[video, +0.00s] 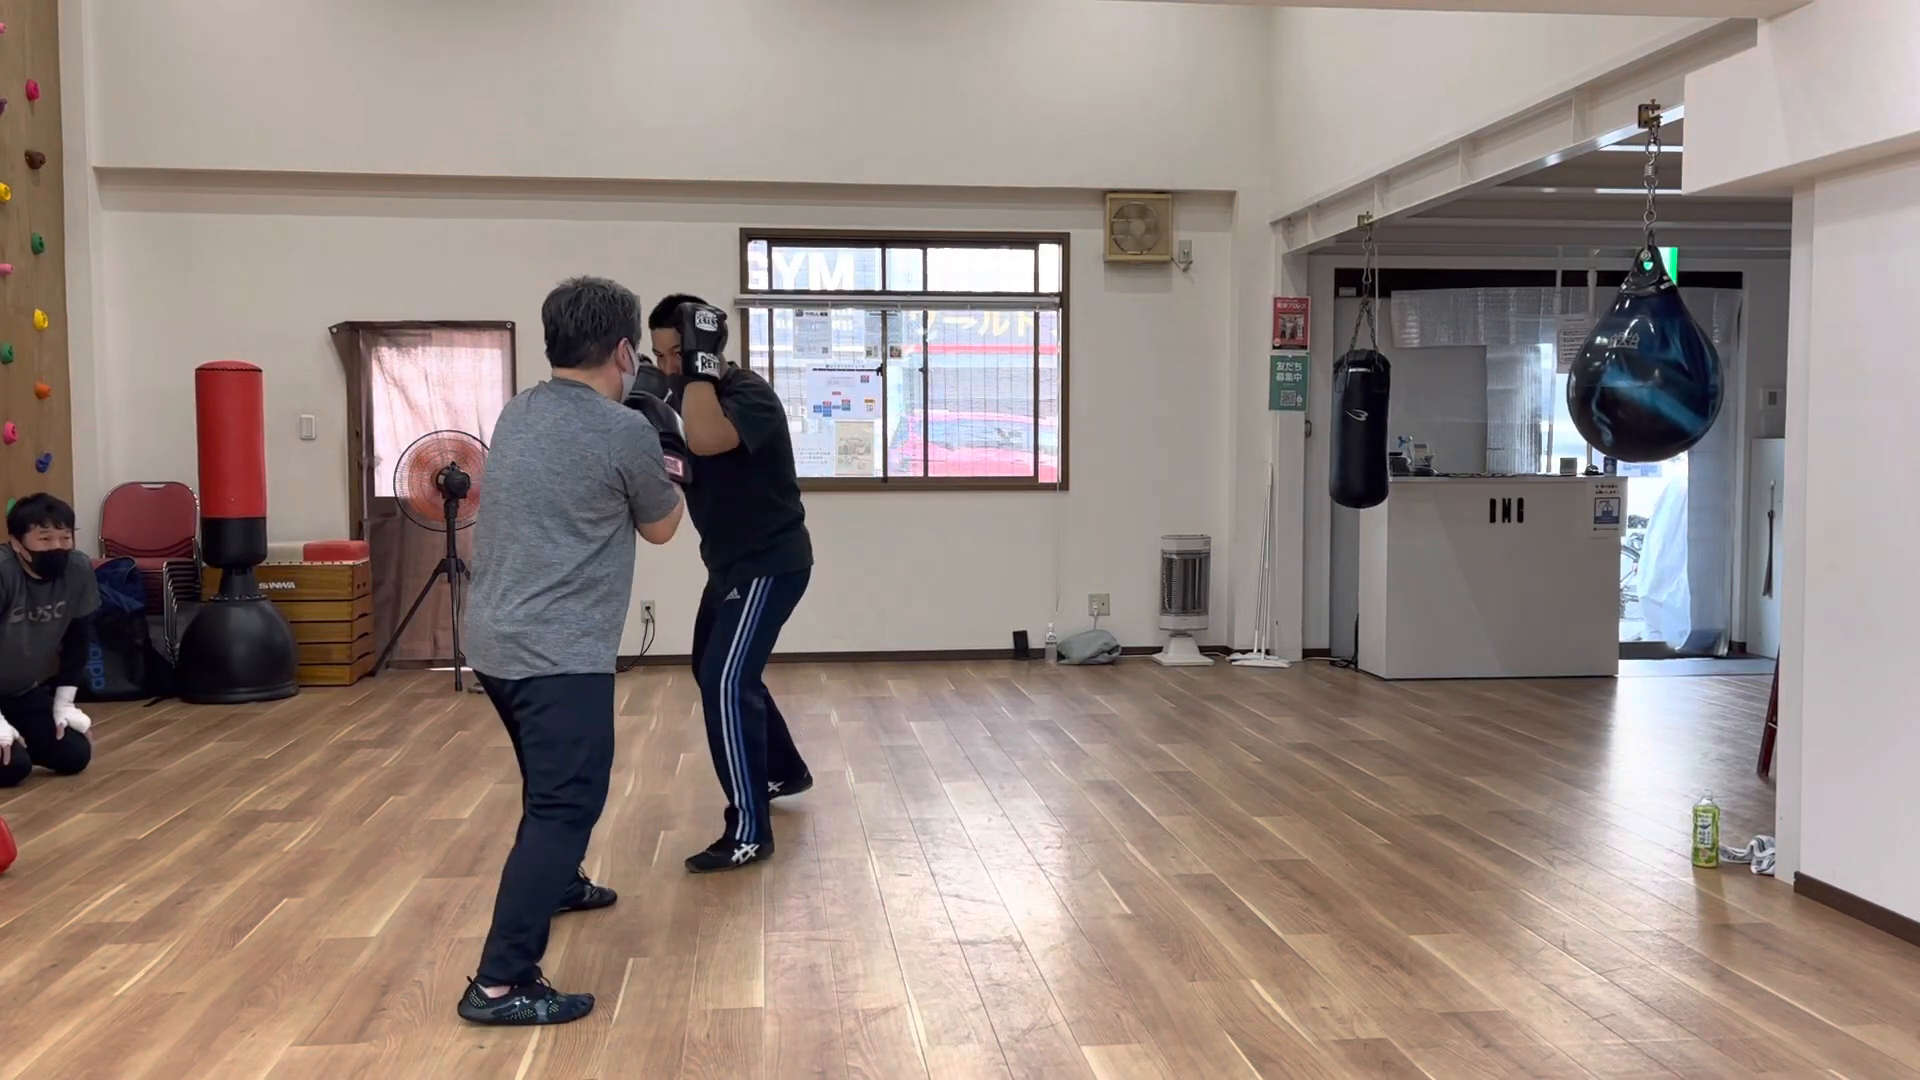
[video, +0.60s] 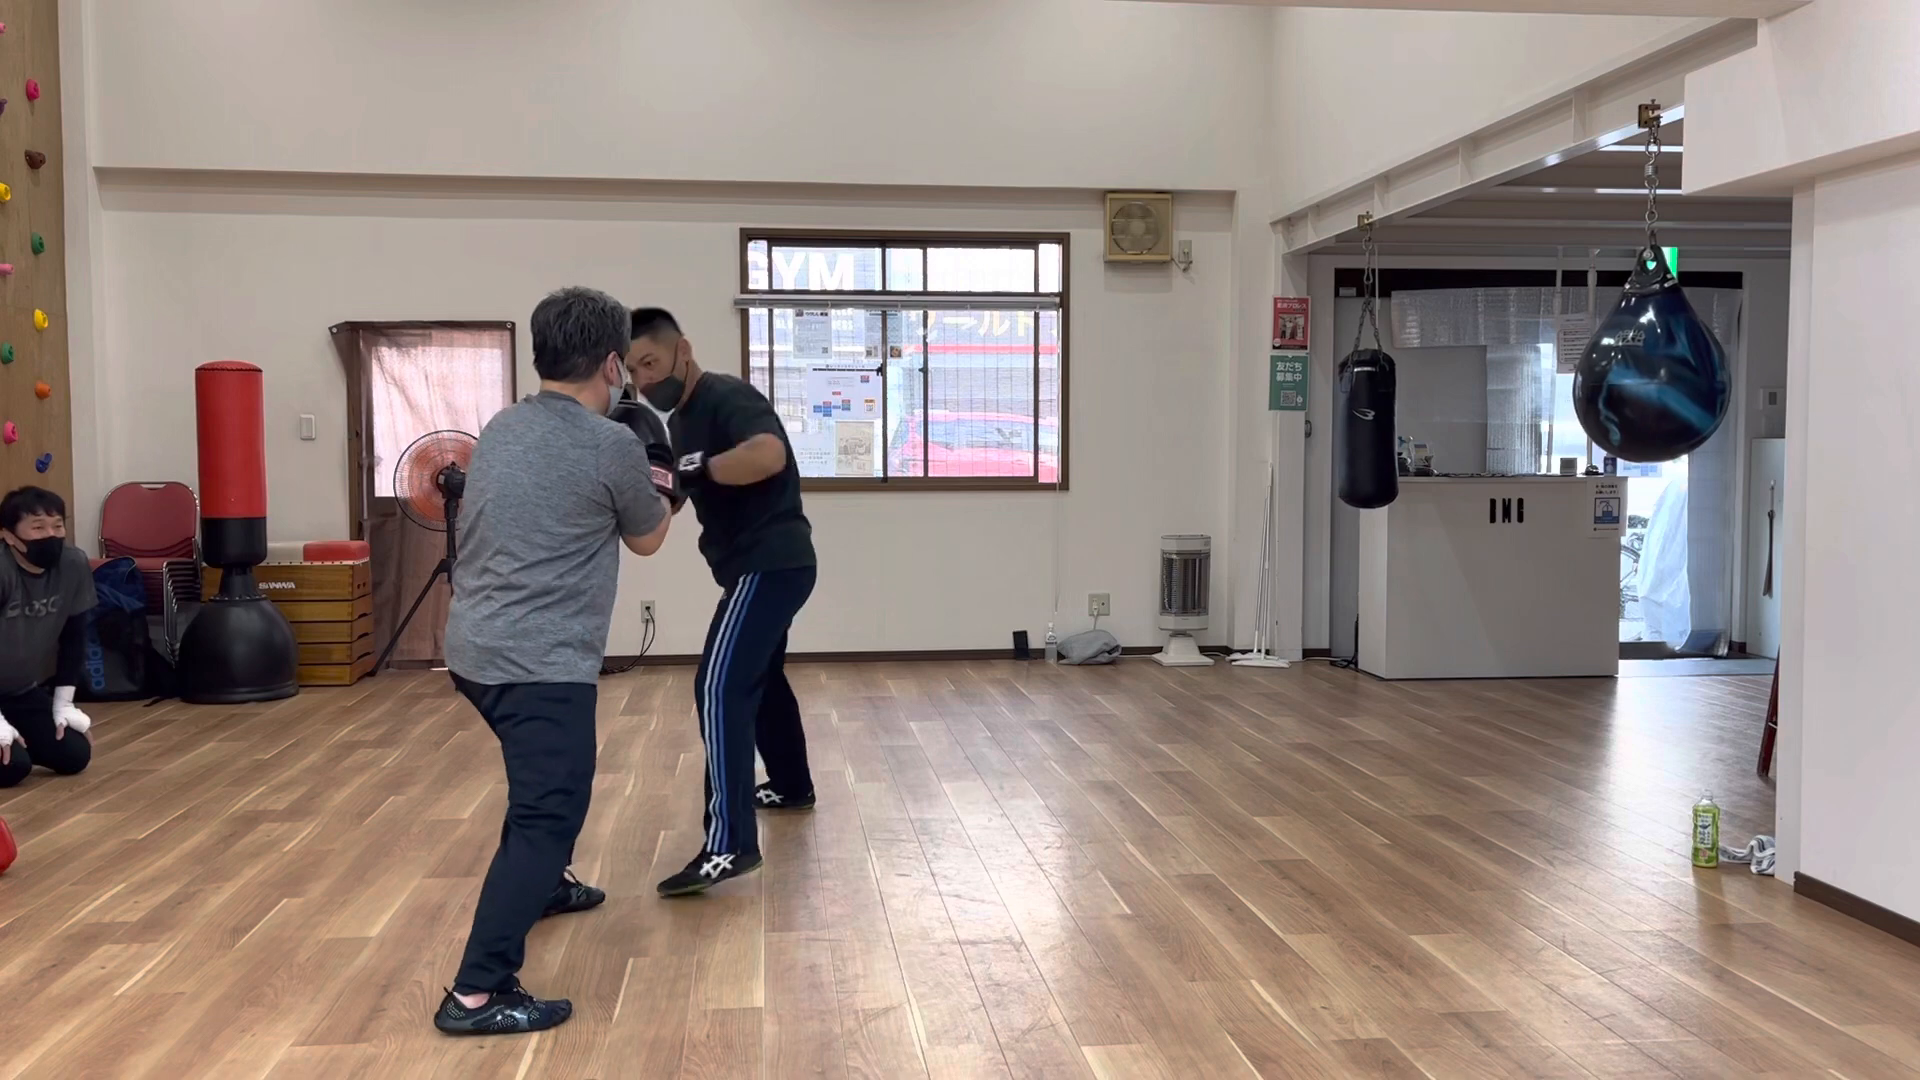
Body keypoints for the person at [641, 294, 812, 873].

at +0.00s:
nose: (667, 365)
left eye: (674, 353)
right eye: (660, 355)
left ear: (705, 348)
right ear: (657, 356)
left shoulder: (751, 396)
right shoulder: (693, 403)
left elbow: (706, 437)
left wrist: (701, 365)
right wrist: (645, 410)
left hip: (768, 565)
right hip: (730, 565)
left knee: (724, 677)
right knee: (714, 666)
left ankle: (748, 833)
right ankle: (784, 769)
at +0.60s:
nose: (646, 379)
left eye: (652, 363)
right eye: (637, 370)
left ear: (684, 350)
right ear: (632, 373)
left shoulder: (728, 396)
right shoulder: (676, 418)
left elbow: (770, 456)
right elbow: (670, 500)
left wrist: (696, 469)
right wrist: (648, 472)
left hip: (772, 563)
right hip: (746, 566)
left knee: (718, 687)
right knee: (761, 679)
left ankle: (730, 846)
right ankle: (791, 785)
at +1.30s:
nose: (657, 340)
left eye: (667, 327)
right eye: (650, 332)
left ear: (699, 320)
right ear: (650, 336)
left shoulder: (740, 370)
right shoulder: (674, 403)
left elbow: (761, 417)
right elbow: (645, 472)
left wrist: (709, 358)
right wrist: (620, 405)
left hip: (774, 546)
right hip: (732, 557)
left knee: (737, 669)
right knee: (751, 668)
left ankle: (739, 824)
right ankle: (791, 782)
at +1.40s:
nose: (662, 334)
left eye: (672, 321)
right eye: (655, 324)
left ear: (703, 319)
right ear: (652, 330)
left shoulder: (743, 371)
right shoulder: (670, 398)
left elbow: (741, 431)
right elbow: (642, 467)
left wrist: (705, 355)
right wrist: (615, 398)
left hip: (770, 549)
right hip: (723, 558)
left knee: (740, 676)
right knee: (749, 672)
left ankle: (728, 830)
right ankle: (792, 782)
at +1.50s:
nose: (667, 336)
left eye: (677, 323)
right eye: (659, 328)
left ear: (711, 321)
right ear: (656, 331)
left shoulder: (744, 375)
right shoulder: (674, 391)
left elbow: (737, 443)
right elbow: (639, 464)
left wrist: (680, 378)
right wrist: (609, 411)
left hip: (761, 556)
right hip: (714, 561)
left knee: (736, 684)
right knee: (742, 676)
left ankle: (723, 833)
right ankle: (792, 781)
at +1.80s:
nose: (664, 347)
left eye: (674, 335)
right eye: (655, 338)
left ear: (707, 328)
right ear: (650, 339)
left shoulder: (747, 384)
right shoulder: (661, 395)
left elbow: (754, 461)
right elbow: (631, 469)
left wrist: (704, 394)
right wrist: (611, 406)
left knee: (708, 670)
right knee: (712, 673)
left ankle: (715, 825)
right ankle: (784, 768)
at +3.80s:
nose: (593, 330)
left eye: (605, 316)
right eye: (584, 320)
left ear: (643, 312)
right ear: (573, 322)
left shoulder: (668, 362)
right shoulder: (607, 398)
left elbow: (635, 365)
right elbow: (581, 478)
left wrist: (551, 312)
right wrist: (544, 408)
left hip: (687, 573)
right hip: (656, 577)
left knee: (632, 715)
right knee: (669, 700)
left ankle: (651, 891)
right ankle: (750, 808)